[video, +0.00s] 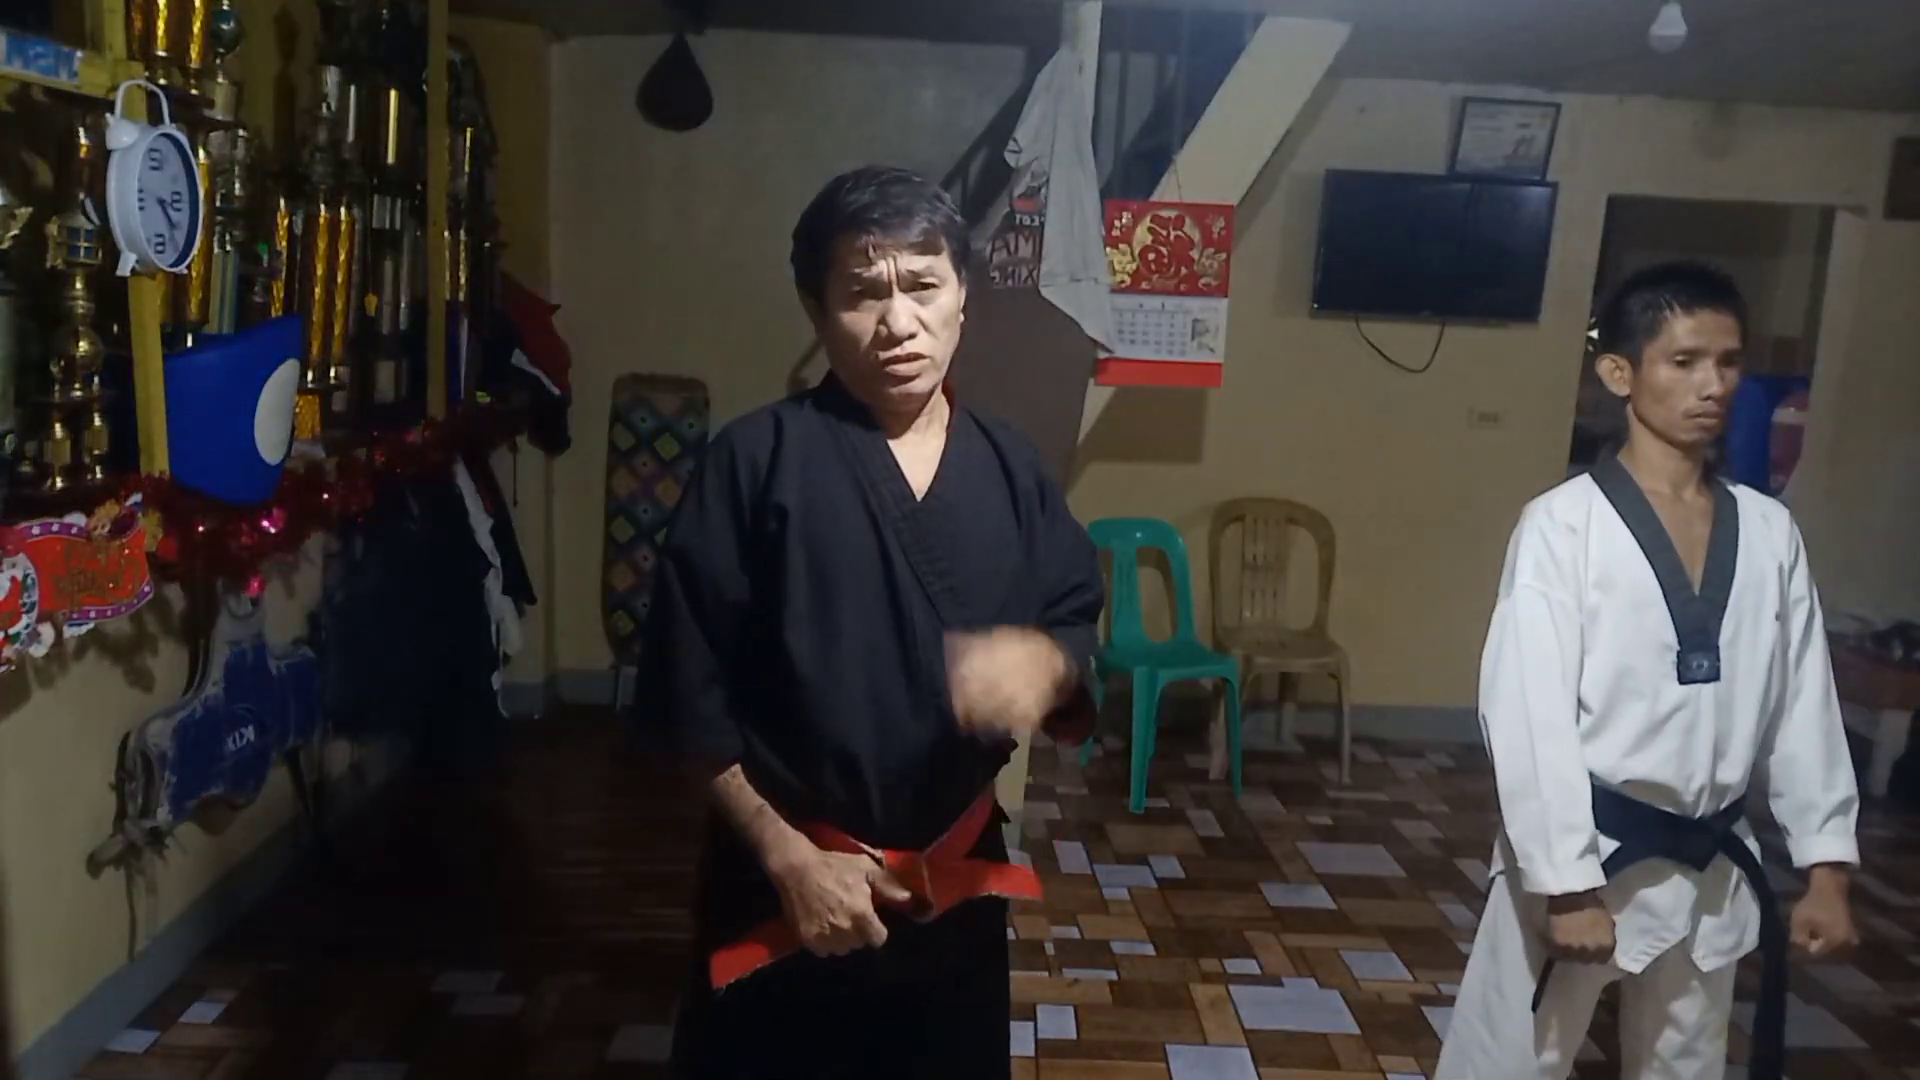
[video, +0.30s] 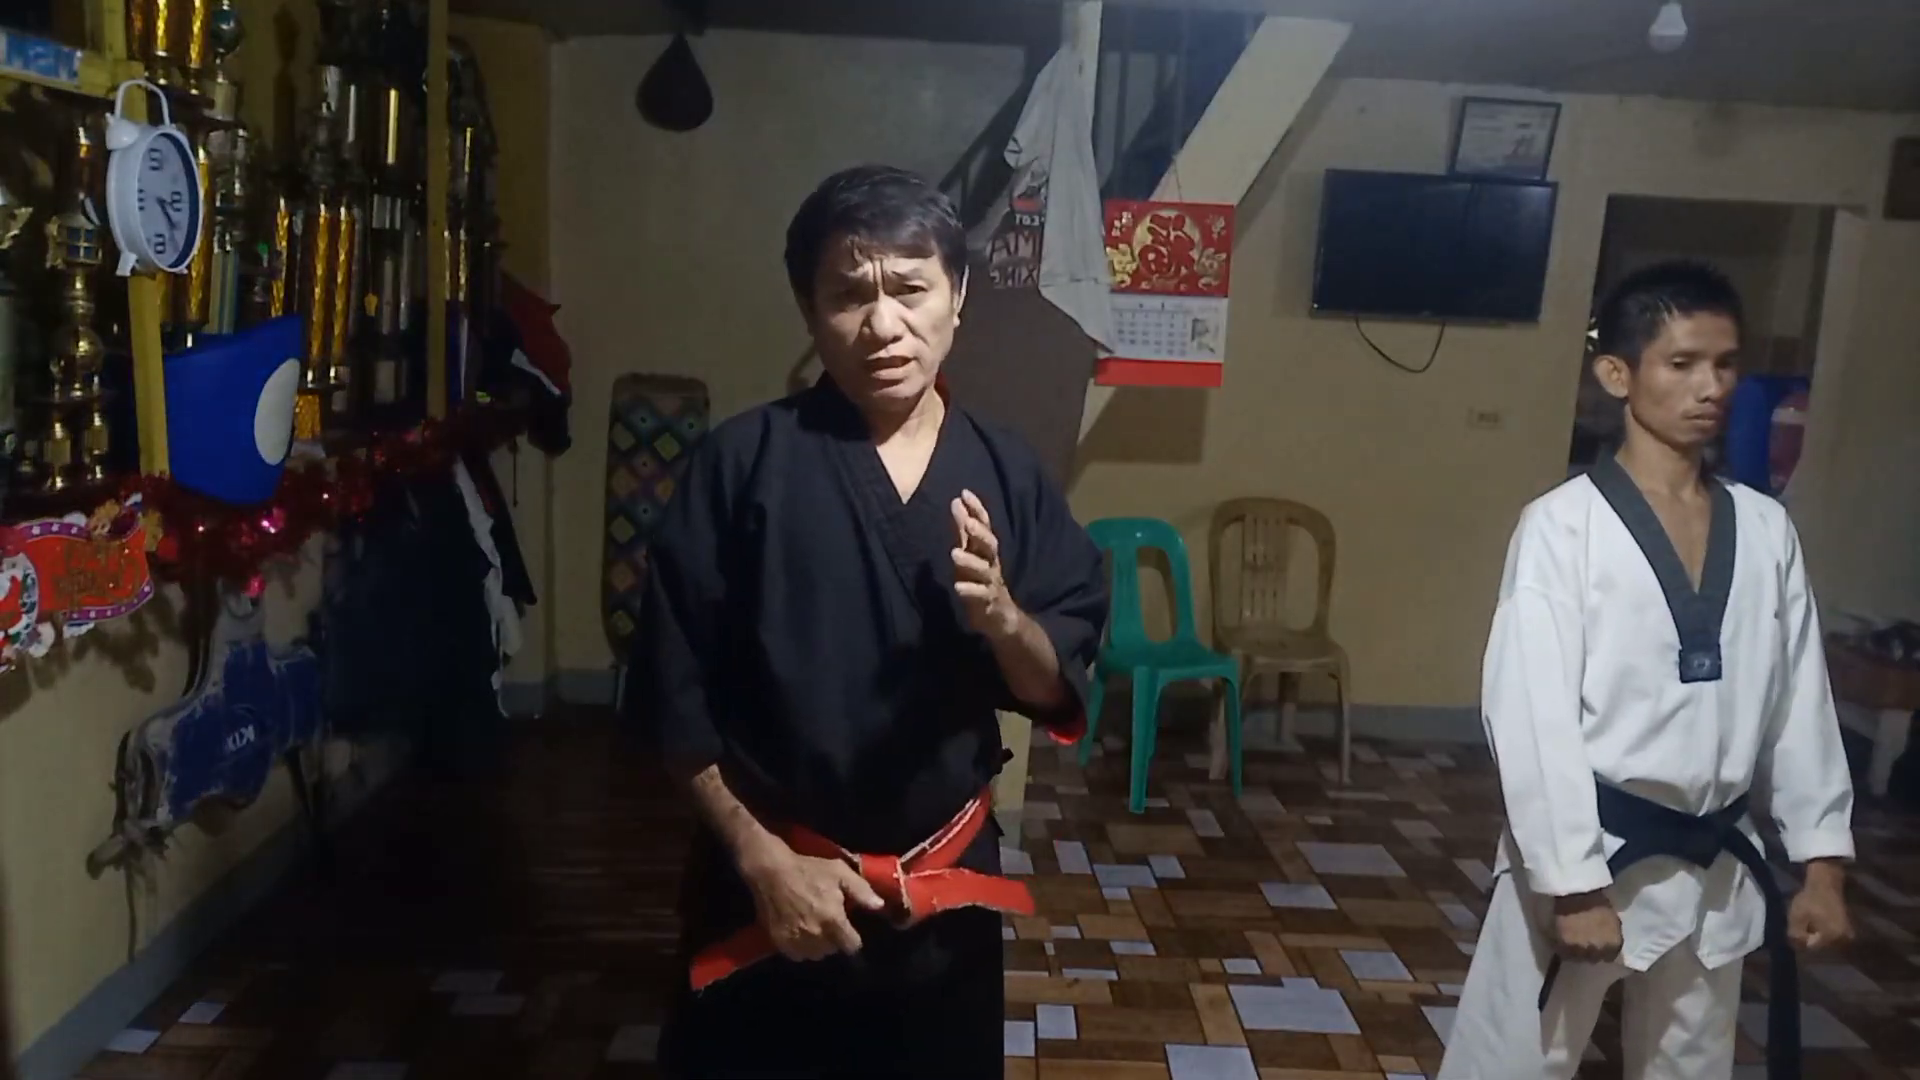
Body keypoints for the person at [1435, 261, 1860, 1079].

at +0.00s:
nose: (1714, 386)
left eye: (1727, 362)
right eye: (1685, 362)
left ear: (1741, 370)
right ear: (1618, 375)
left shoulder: (1769, 530)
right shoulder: (1561, 526)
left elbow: (1803, 703)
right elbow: (1529, 711)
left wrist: (1827, 867)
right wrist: (1569, 885)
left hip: (1710, 869)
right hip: (1578, 864)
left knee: (1684, 1069)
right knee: (1517, 1065)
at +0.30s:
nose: (1712, 388)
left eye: (1725, 364)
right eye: (1683, 364)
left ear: (1738, 371)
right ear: (1616, 375)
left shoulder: (1766, 527)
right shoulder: (1560, 527)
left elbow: (1800, 701)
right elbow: (1531, 710)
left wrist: (1824, 863)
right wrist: (1577, 882)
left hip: (1715, 869)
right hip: (1581, 866)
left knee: (1690, 1069)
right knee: (1523, 1064)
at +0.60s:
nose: (1706, 388)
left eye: (1720, 364)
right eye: (1677, 364)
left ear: (1736, 371)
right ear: (1612, 376)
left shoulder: (1770, 530)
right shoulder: (1559, 529)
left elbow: (1807, 702)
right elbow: (1527, 713)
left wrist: (1830, 864)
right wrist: (1567, 883)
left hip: (1721, 874)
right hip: (1586, 871)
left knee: (1694, 1070)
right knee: (1524, 1066)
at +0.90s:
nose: (1711, 389)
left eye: (1725, 365)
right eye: (1682, 365)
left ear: (1739, 372)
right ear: (1616, 376)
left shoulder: (1771, 530)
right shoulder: (1563, 529)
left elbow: (1807, 704)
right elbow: (1534, 715)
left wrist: (1832, 866)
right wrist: (1578, 886)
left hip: (1722, 873)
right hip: (1586, 868)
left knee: (1694, 1070)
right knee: (1527, 1065)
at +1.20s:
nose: (1713, 390)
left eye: (1728, 367)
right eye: (1685, 366)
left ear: (1742, 373)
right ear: (1617, 377)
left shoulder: (1770, 531)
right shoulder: (1563, 529)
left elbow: (1805, 704)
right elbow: (1533, 714)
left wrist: (1826, 866)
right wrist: (1577, 887)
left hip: (1718, 875)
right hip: (1584, 870)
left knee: (1692, 1069)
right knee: (1525, 1065)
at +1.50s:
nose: (1712, 391)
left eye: (1726, 367)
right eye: (1684, 366)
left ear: (1741, 373)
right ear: (1616, 376)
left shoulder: (1769, 530)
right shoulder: (1562, 529)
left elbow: (1803, 703)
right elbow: (1532, 714)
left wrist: (1824, 865)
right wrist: (1574, 886)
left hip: (1718, 873)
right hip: (1583, 870)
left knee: (1692, 1069)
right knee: (1523, 1065)